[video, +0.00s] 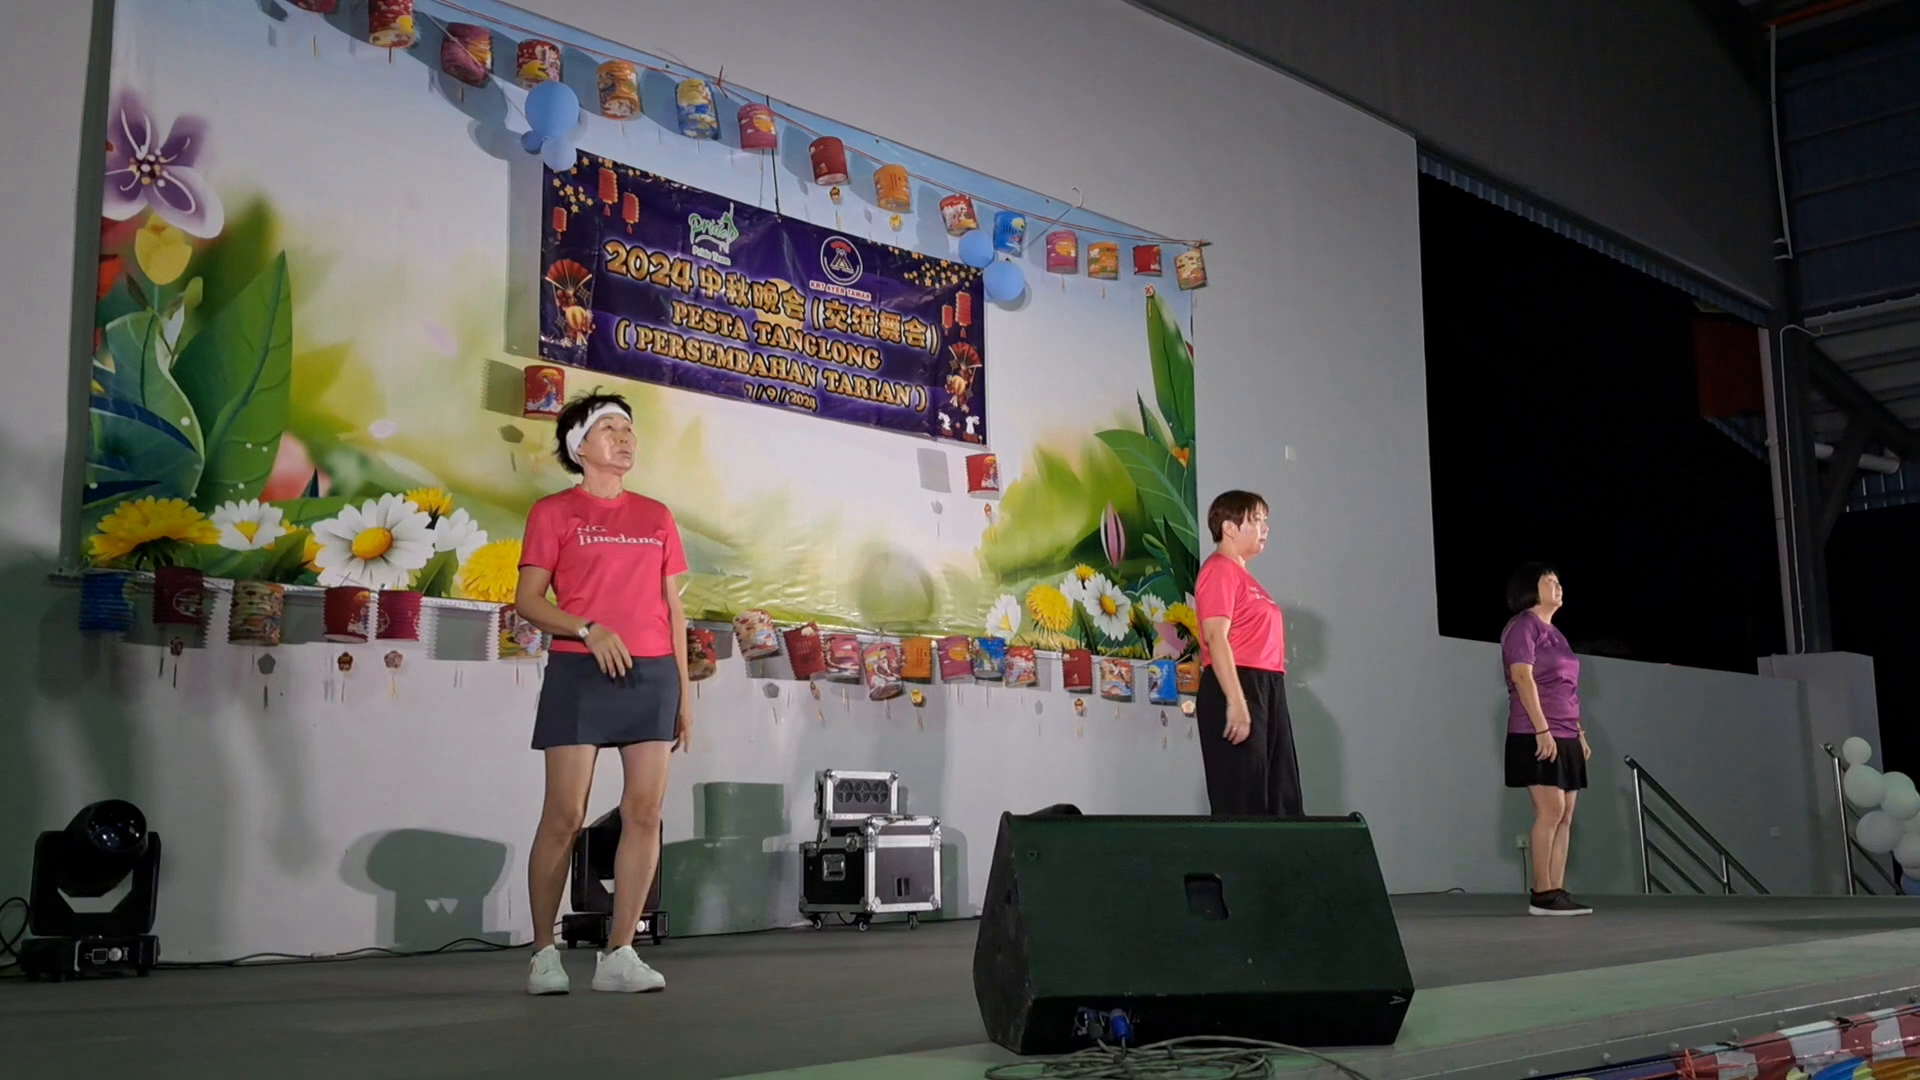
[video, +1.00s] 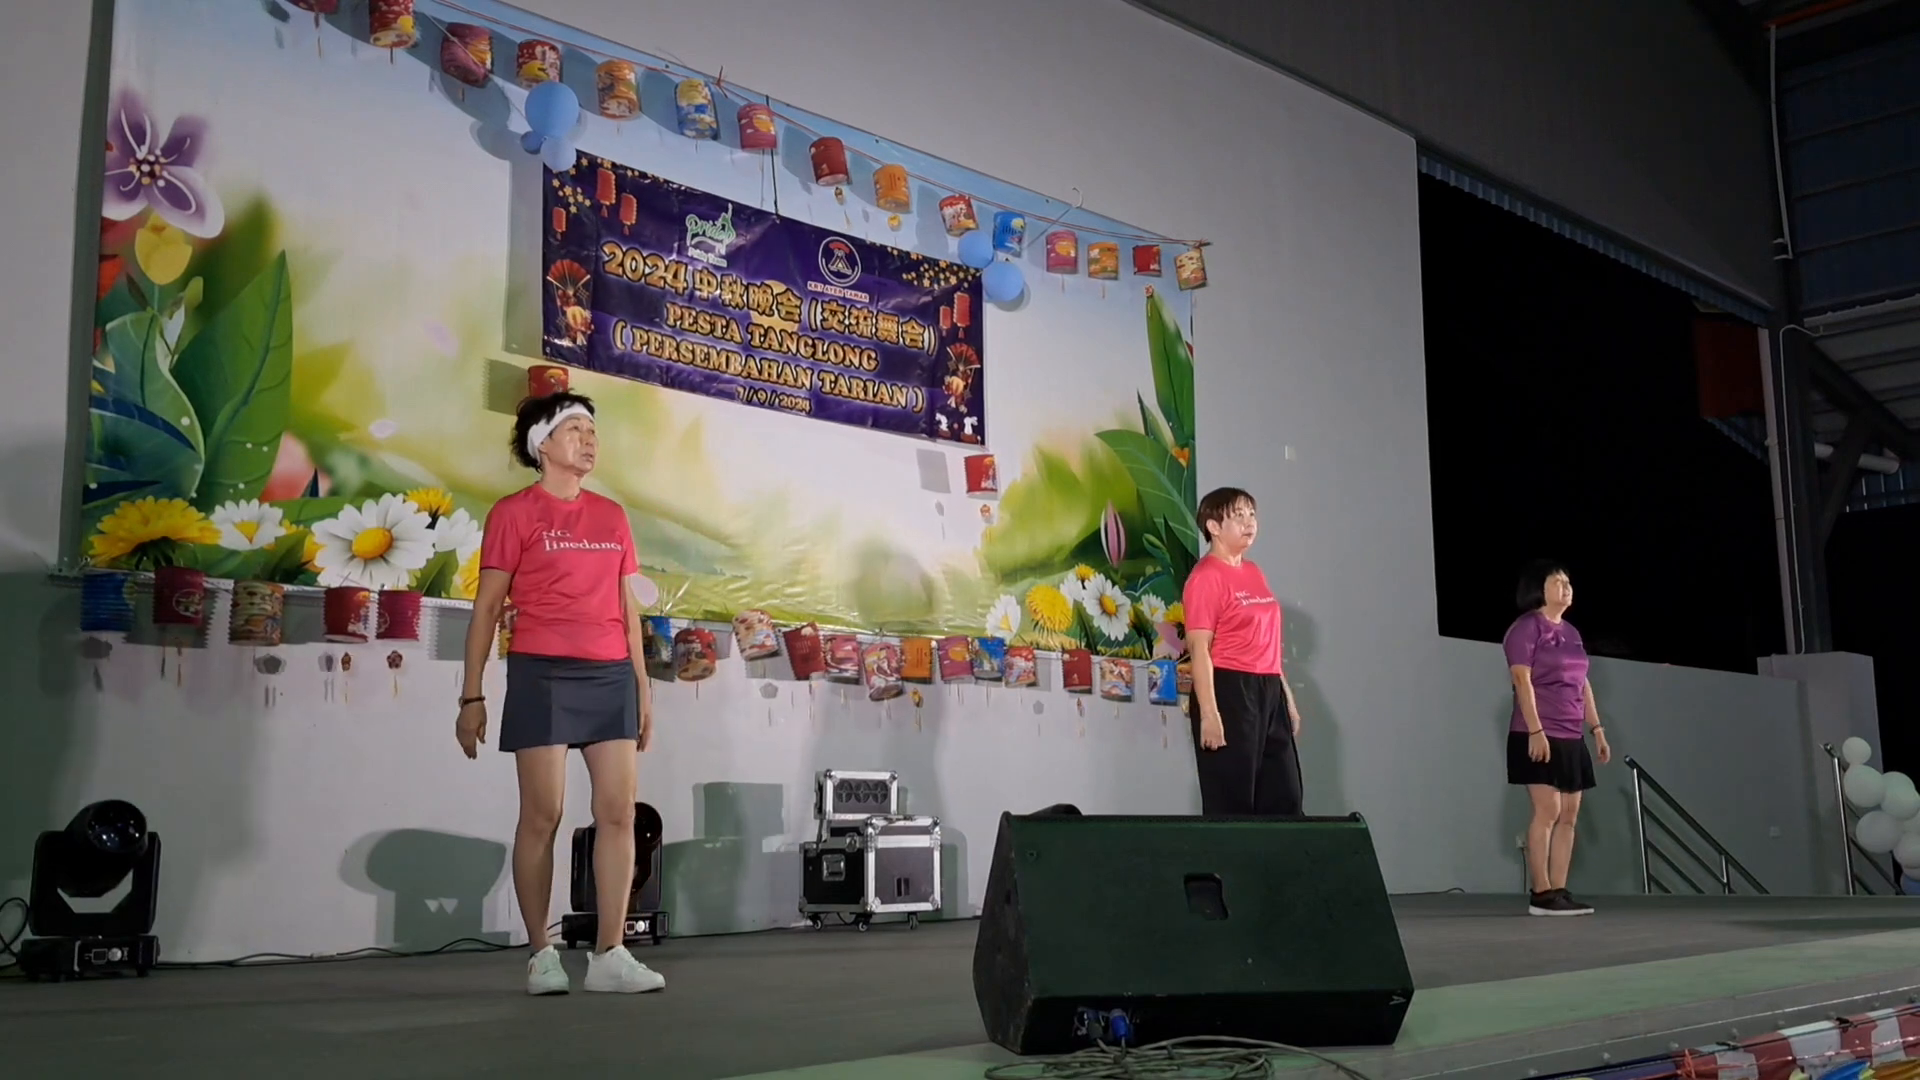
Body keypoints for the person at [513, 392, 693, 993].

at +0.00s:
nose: (624, 439)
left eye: (629, 431)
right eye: (610, 430)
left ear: (635, 447)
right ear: (579, 445)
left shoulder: (657, 516)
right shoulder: (553, 513)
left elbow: (675, 612)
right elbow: (528, 600)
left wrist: (684, 694)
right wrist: (588, 629)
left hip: (654, 674)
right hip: (578, 674)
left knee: (645, 812)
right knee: (565, 818)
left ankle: (620, 952)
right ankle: (545, 949)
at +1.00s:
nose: (588, 439)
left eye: (591, 432)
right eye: (575, 430)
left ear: (594, 446)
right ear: (541, 442)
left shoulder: (611, 516)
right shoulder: (514, 512)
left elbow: (630, 613)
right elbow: (487, 608)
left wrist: (643, 690)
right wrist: (472, 695)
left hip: (613, 677)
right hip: (540, 677)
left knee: (619, 812)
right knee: (543, 814)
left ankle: (610, 952)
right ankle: (542, 950)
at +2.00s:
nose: (582, 448)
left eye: (588, 439)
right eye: (569, 437)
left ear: (595, 451)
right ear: (536, 448)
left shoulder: (608, 521)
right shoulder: (515, 510)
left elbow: (669, 583)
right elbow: (505, 562)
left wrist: (712, 535)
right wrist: (548, 510)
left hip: (606, 674)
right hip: (540, 673)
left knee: (618, 809)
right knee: (546, 813)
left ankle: (610, 953)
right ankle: (542, 951)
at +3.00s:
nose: (585, 438)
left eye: (590, 430)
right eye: (570, 430)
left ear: (598, 446)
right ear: (541, 447)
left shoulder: (617, 520)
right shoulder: (514, 516)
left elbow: (617, 604)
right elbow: (485, 609)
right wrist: (451, 688)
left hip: (603, 679)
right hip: (532, 678)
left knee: (629, 806)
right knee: (536, 817)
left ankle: (610, 949)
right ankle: (541, 950)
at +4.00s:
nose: (584, 482)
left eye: (594, 472)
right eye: (572, 469)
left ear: (601, 478)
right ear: (544, 470)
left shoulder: (615, 539)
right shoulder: (504, 540)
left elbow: (634, 623)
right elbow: (477, 632)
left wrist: (627, 649)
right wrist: (427, 704)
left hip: (596, 697)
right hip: (519, 696)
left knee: (624, 811)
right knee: (510, 836)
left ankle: (593, 949)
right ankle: (503, 945)